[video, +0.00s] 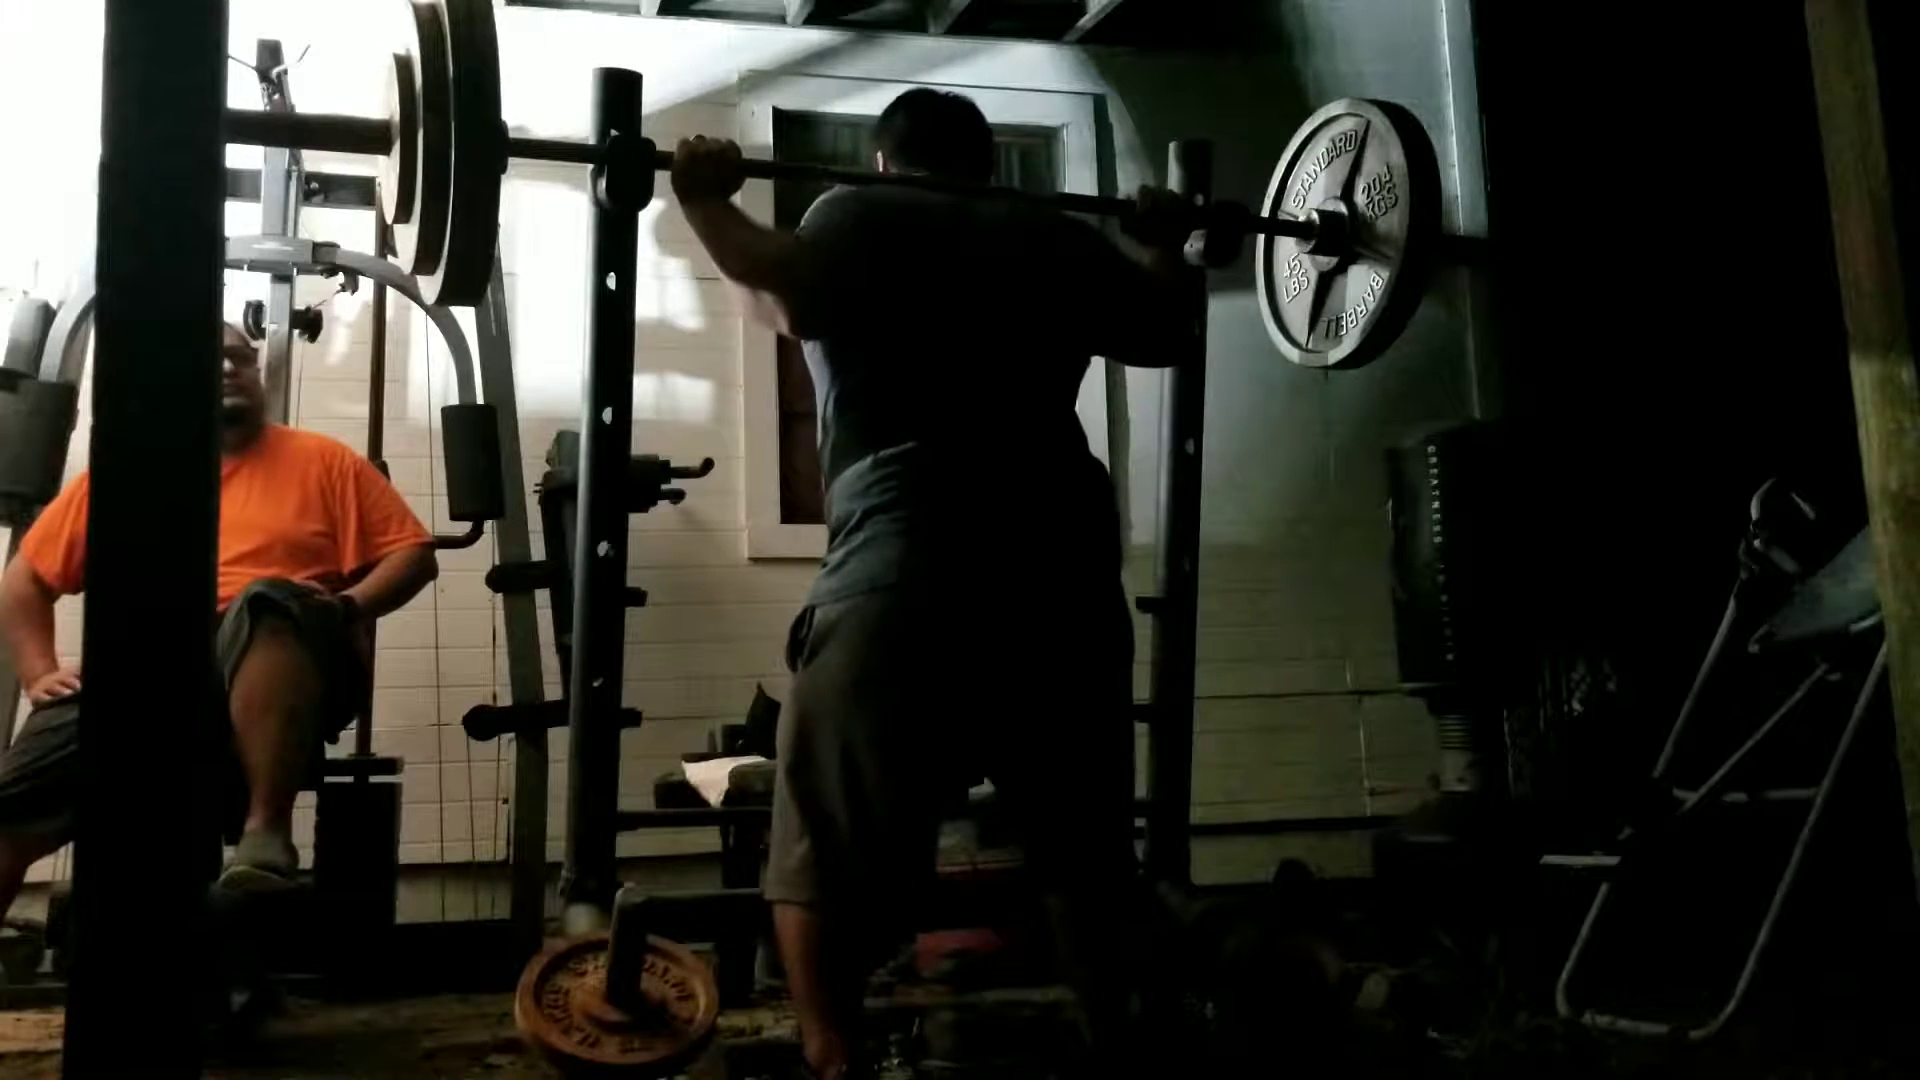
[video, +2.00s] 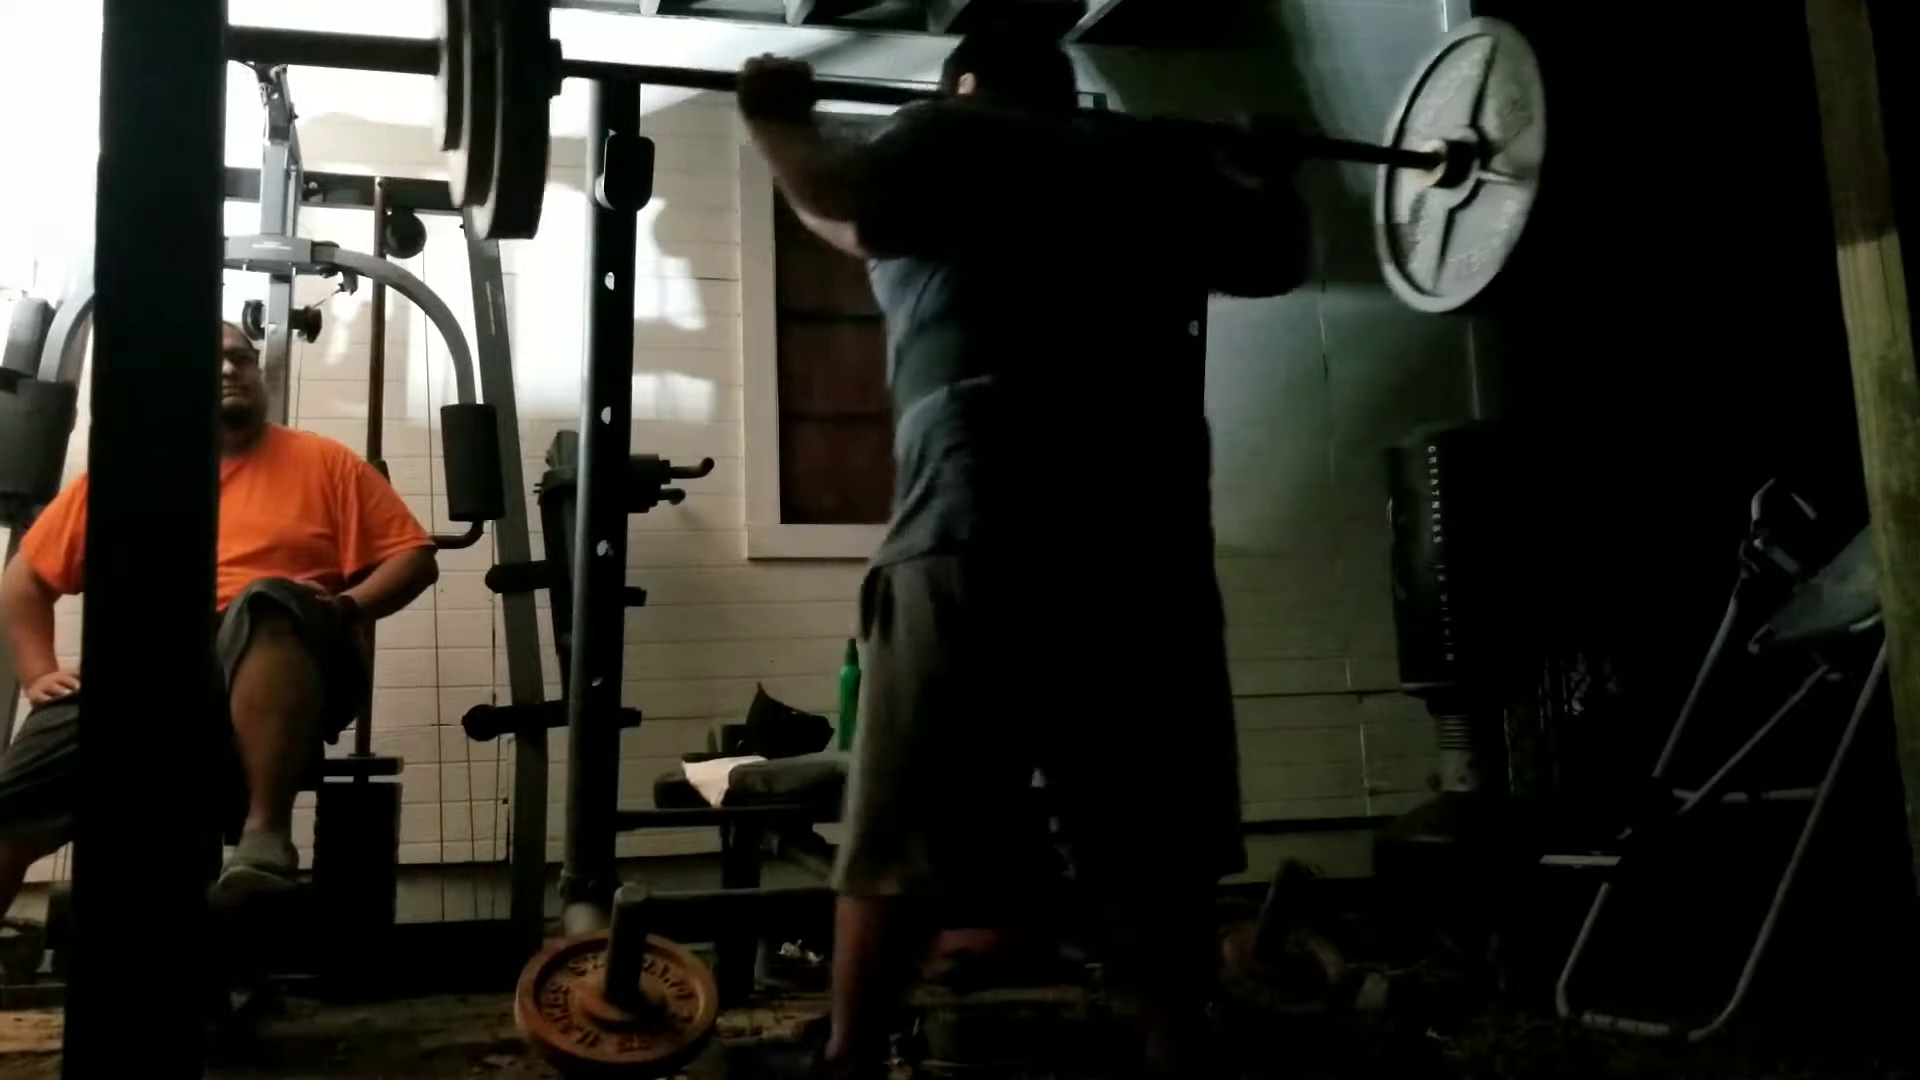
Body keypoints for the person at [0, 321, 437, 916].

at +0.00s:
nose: (230, 370)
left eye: (242, 357)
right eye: (213, 358)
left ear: (264, 375)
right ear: (185, 376)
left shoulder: (324, 462)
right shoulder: (131, 468)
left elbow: (414, 552)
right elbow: (24, 575)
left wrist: (350, 603)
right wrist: (39, 672)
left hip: (287, 669)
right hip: (146, 668)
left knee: (271, 604)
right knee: (14, 805)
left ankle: (266, 829)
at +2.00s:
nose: (230, 370)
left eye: (241, 358)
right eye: (213, 359)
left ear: (264, 376)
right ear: (186, 378)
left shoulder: (323, 463)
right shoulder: (133, 467)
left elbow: (414, 557)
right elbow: (24, 575)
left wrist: (349, 604)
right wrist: (38, 671)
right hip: (144, 666)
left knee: (272, 604)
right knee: (12, 809)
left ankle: (266, 830)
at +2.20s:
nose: (230, 370)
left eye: (241, 358)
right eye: (213, 359)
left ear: (264, 376)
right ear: (186, 377)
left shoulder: (323, 463)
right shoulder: (132, 467)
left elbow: (414, 556)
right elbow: (24, 576)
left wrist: (349, 604)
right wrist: (37, 671)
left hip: (288, 670)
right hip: (145, 667)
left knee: (271, 605)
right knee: (10, 810)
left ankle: (266, 831)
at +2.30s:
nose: (228, 369)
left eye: (240, 358)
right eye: (211, 359)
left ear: (264, 377)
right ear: (185, 379)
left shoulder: (322, 462)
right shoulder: (131, 466)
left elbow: (414, 556)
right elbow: (24, 575)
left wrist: (349, 602)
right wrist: (38, 671)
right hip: (142, 665)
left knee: (271, 603)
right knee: (11, 809)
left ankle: (265, 831)